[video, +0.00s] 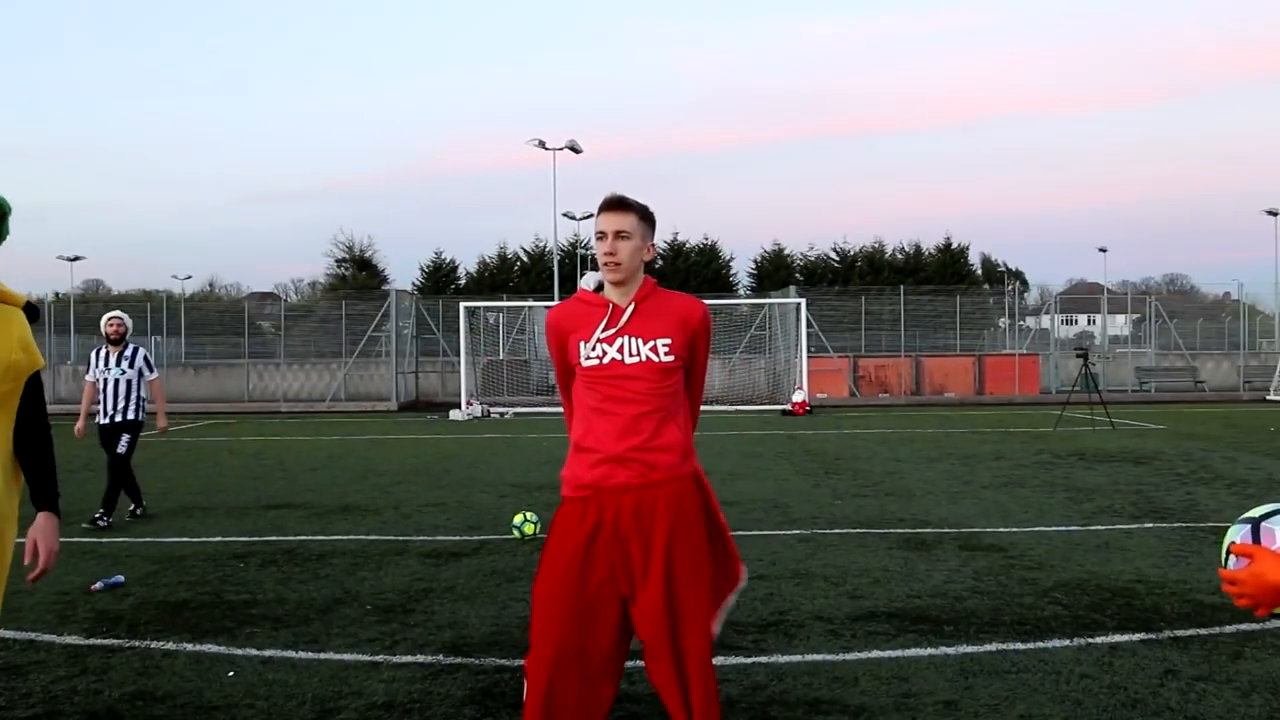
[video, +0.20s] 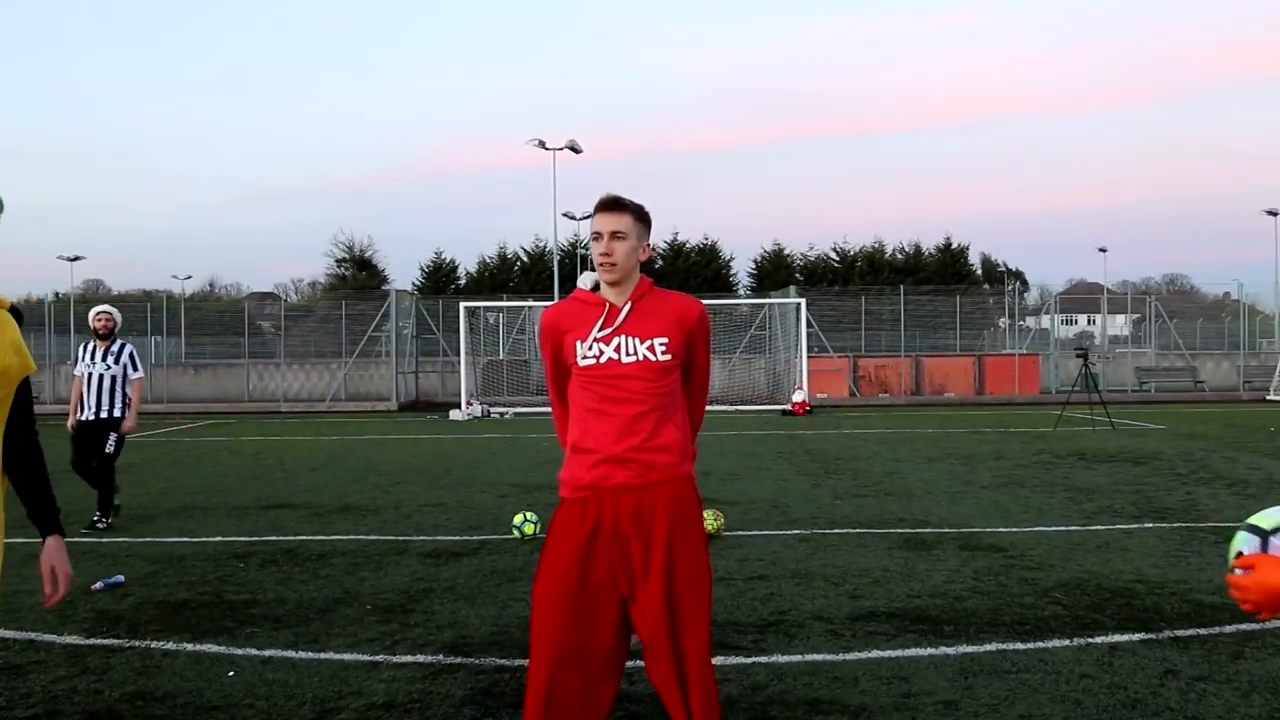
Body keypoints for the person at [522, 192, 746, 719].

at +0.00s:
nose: (609, 247)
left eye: (622, 237)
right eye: (601, 237)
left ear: (649, 250)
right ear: (592, 246)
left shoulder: (688, 314)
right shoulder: (564, 319)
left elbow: (690, 407)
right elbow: (572, 409)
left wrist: (659, 465)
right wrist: (601, 466)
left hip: (667, 503)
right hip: (587, 506)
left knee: (683, 657)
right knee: (553, 657)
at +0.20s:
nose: (604, 248)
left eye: (617, 238)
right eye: (597, 238)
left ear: (644, 249)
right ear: (590, 247)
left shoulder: (686, 313)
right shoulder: (558, 319)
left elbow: (694, 405)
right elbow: (561, 408)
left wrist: (664, 467)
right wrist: (591, 466)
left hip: (665, 504)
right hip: (584, 508)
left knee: (681, 654)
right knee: (557, 656)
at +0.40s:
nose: (599, 246)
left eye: (613, 236)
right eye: (592, 237)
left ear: (639, 249)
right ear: (584, 247)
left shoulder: (681, 312)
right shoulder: (553, 320)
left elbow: (700, 387)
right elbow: (550, 402)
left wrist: (676, 455)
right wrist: (579, 457)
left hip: (662, 501)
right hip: (581, 505)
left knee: (678, 645)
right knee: (558, 647)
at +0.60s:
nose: (601, 243)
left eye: (615, 233)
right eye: (593, 233)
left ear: (640, 246)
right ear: (586, 244)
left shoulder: (677, 311)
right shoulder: (552, 319)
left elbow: (709, 376)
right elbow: (497, 393)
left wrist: (687, 451)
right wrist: (531, 476)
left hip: (660, 496)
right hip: (575, 504)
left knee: (685, 645)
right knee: (561, 653)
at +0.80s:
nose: (628, 251)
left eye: (641, 240)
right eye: (619, 240)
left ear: (665, 249)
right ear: (610, 247)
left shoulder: (688, 320)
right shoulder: (567, 293)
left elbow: (760, 394)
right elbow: (481, 277)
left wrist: (833, 471)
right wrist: (413, 242)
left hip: (640, 501)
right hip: (565, 500)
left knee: (676, 648)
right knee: (547, 656)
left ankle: (720, 716)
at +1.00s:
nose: (634, 254)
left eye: (647, 242)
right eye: (625, 244)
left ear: (671, 251)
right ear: (616, 253)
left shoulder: (692, 320)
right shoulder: (615, 294)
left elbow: (762, 384)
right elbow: (603, 228)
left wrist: (844, 425)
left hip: (649, 499)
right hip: (583, 497)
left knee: (686, 650)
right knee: (555, 652)